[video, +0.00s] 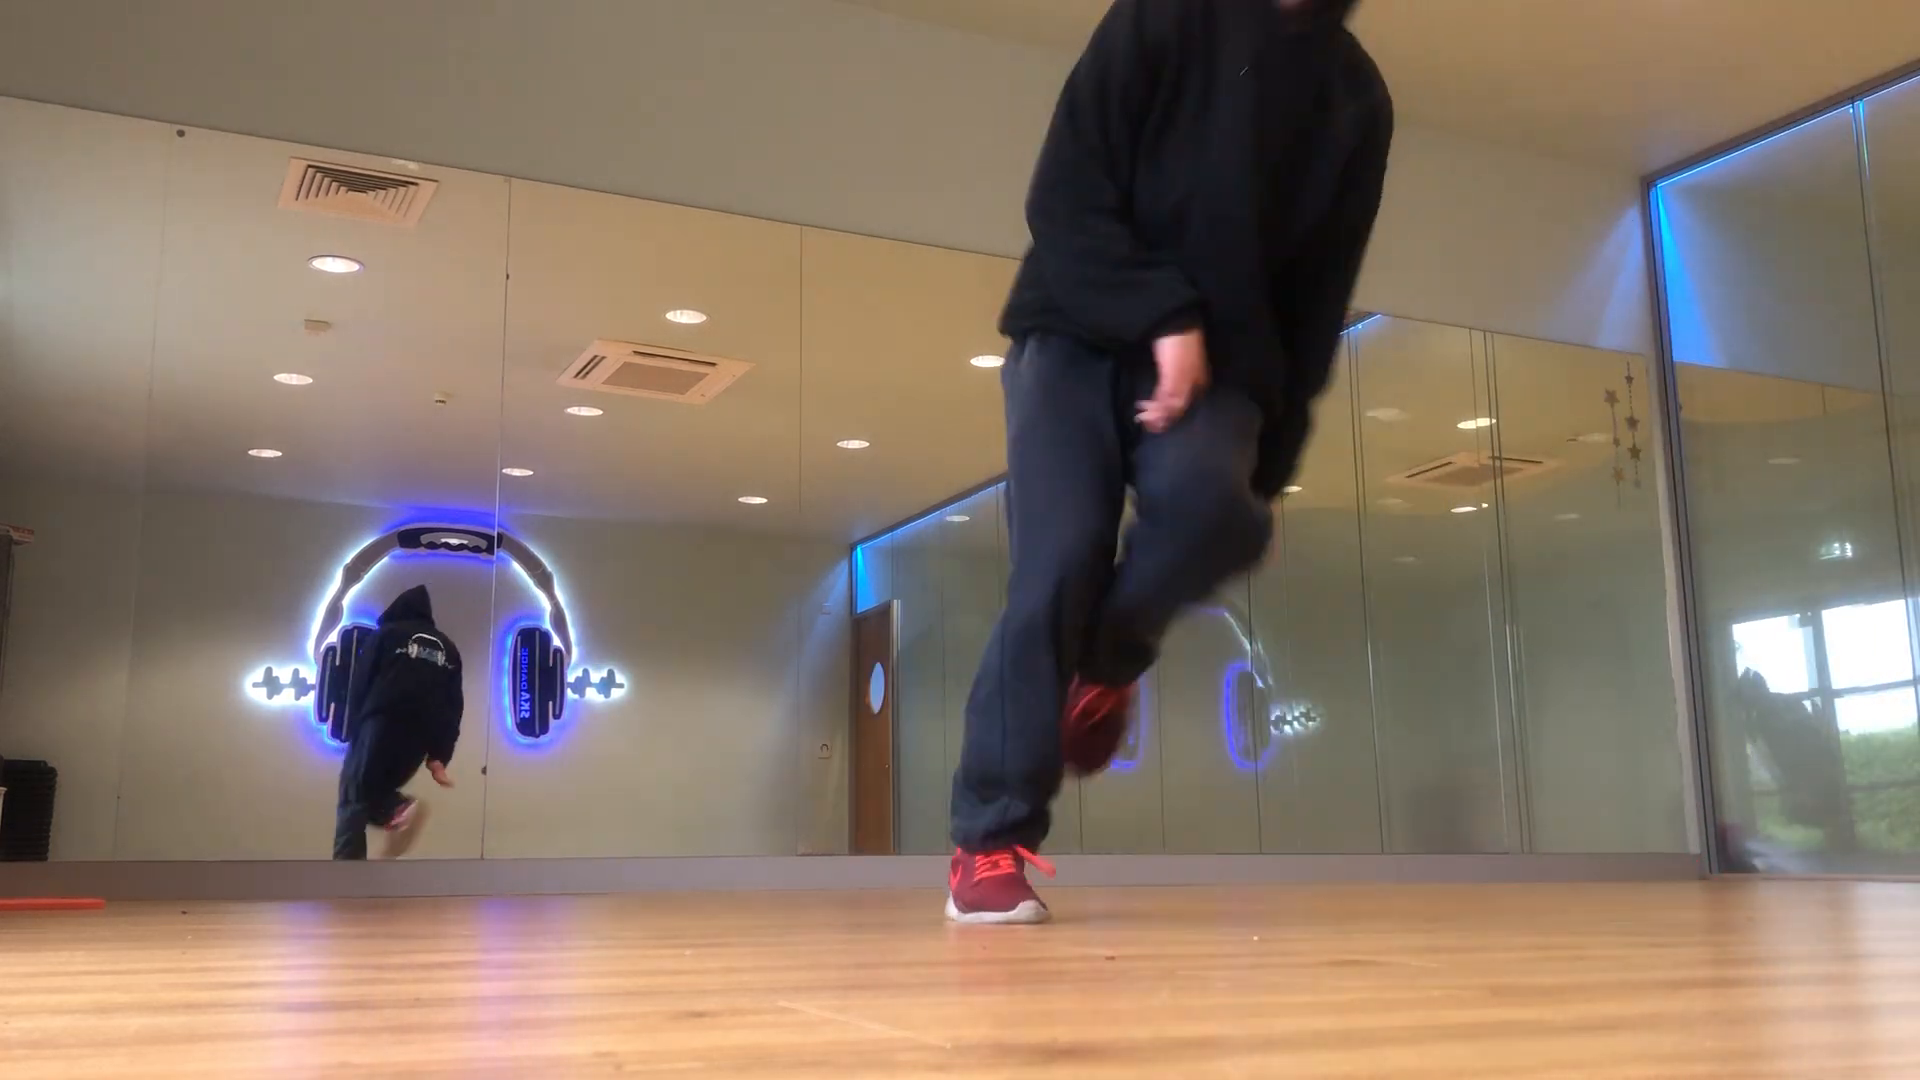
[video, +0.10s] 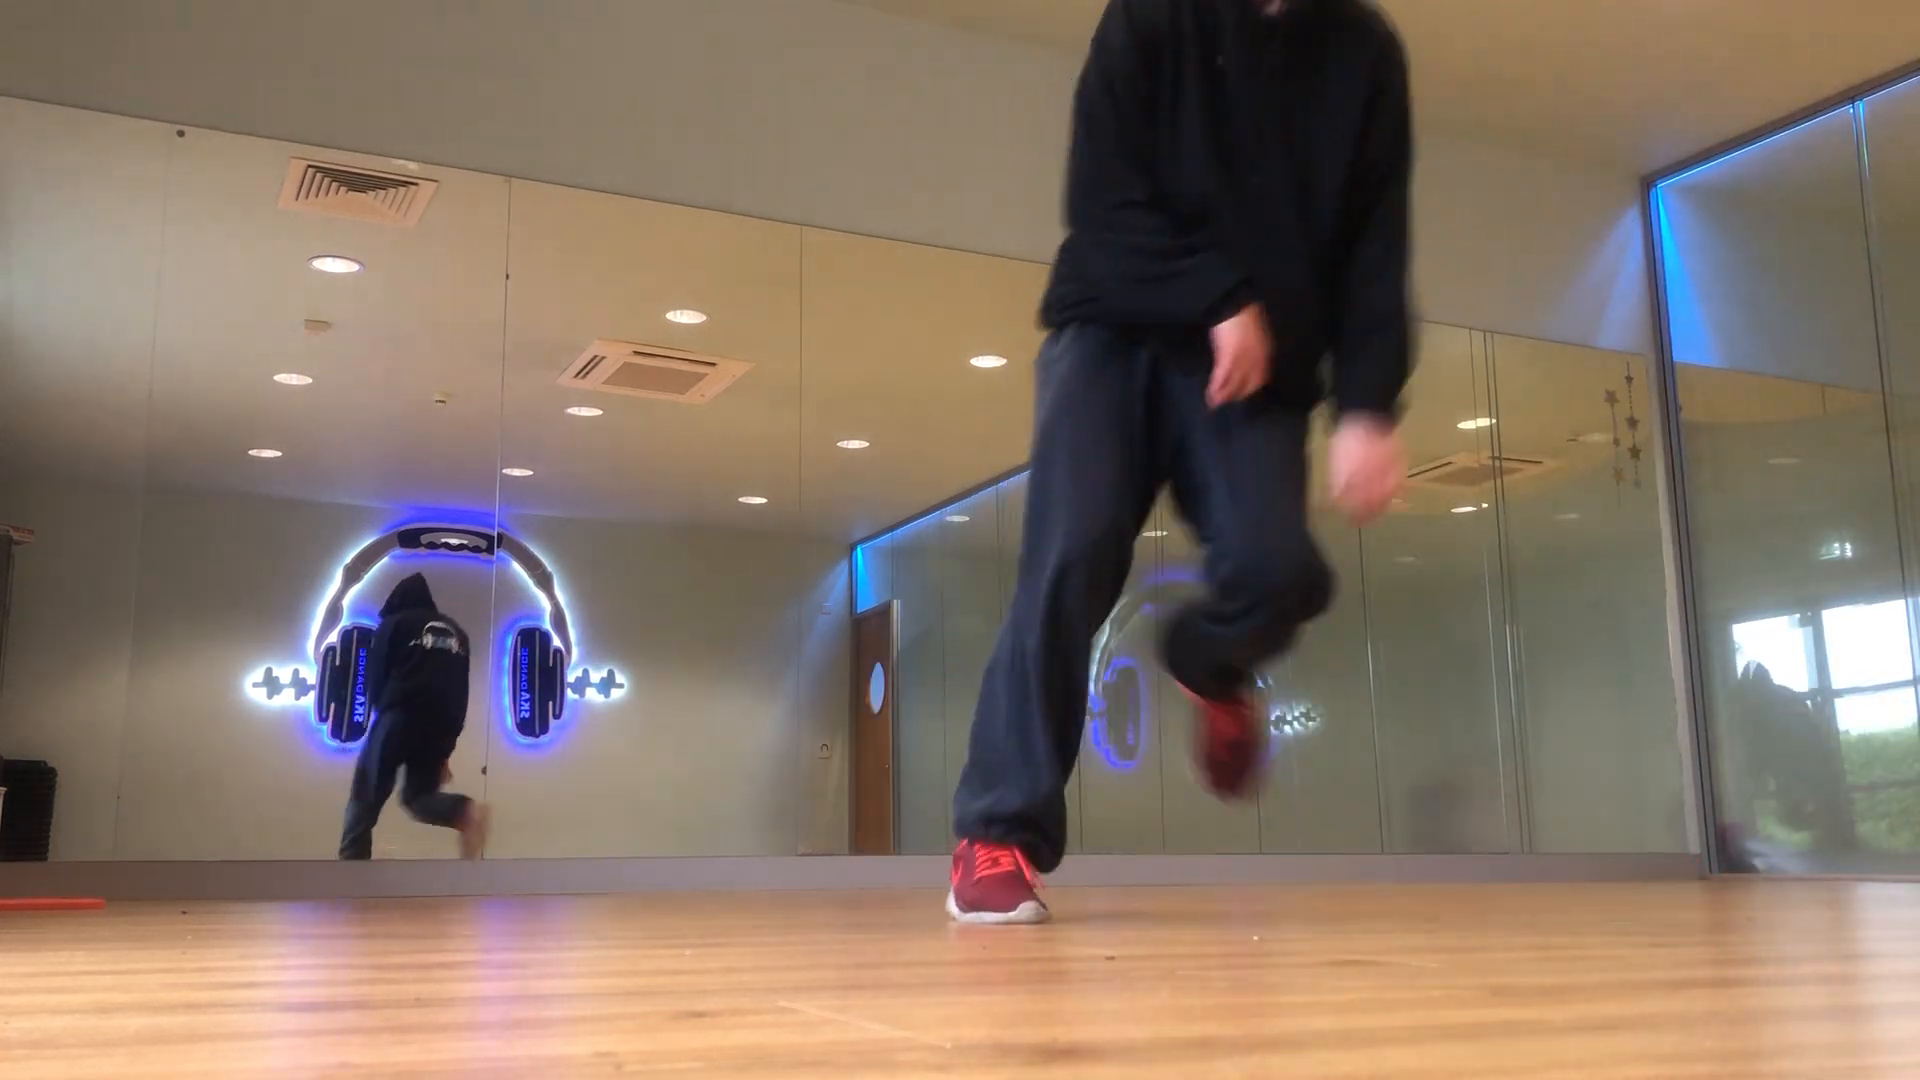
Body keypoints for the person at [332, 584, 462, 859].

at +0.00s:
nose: (387, 617)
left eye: (390, 613)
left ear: (396, 611)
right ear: (427, 614)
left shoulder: (386, 633)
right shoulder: (449, 648)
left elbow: (361, 680)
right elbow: (454, 705)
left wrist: (352, 729)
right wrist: (440, 755)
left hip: (384, 719)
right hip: (427, 727)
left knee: (353, 796)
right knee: (376, 791)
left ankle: (347, 869)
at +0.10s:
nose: (387, 611)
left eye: (390, 605)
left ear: (398, 600)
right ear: (427, 600)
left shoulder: (393, 622)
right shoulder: (457, 632)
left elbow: (376, 675)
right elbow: (458, 697)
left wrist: (378, 710)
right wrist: (443, 751)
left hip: (399, 717)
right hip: (443, 720)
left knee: (366, 793)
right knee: (417, 796)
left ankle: (352, 865)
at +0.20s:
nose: (396, 613)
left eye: (399, 606)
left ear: (405, 599)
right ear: (435, 591)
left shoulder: (407, 619)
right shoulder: (469, 613)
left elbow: (403, 675)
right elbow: (478, 665)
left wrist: (415, 697)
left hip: (430, 703)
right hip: (473, 702)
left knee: (395, 778)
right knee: (468, 782)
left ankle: (370, 852)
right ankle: (511, 840)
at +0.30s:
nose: (411, 631)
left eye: (411, 625)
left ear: (417, 617)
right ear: (446, 603)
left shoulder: (423, 642)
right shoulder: (481, 618)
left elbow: (435, 685)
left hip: (456, 715)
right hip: (500, 708)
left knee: (440, 779)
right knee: (500, 777)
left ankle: (430, 846)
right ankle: (522, 847)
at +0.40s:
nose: (437, 656)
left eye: (436, 649)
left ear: (440, 638)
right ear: (466, 621)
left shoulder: (450, 657)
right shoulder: (501, 634)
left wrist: (456, 700)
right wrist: (458, 698)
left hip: (489, 727)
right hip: (530, 721)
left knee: (479, 794)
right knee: (524, 799)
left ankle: (455, 850)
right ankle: (533, 867)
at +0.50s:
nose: (452, 645)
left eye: (451, 639)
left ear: (455, 629)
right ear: (481, 615)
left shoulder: (464, 650)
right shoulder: (520, 629)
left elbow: (470, 706)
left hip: (502, 717)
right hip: (545, 713)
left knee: (497, 782)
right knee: (532, 785)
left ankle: (498, 853)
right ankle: (532, 860)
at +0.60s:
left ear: (468, 620)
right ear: (496, 606)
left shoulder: (476, 640)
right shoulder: (528, 623)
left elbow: (470, 688)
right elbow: (555, 663)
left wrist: (469, 741)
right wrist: (562, 711)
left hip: (509, 722)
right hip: (552, 715)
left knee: (526, 794)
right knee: (552, 787)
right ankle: (535, 847)